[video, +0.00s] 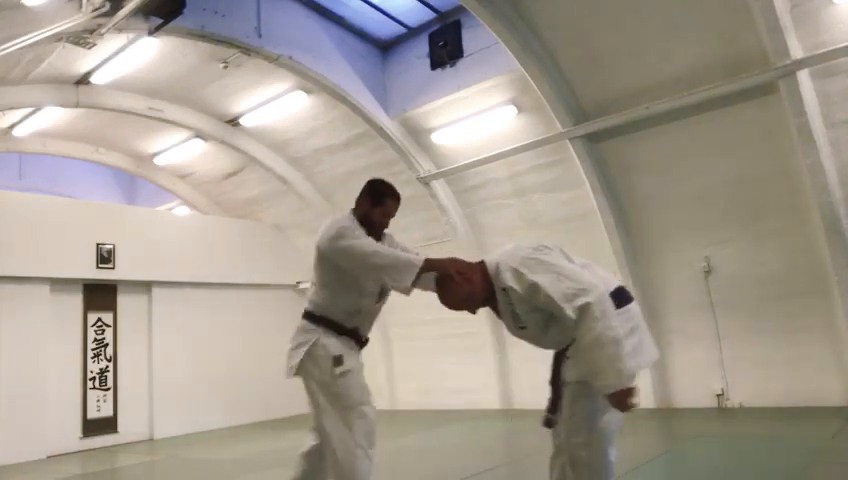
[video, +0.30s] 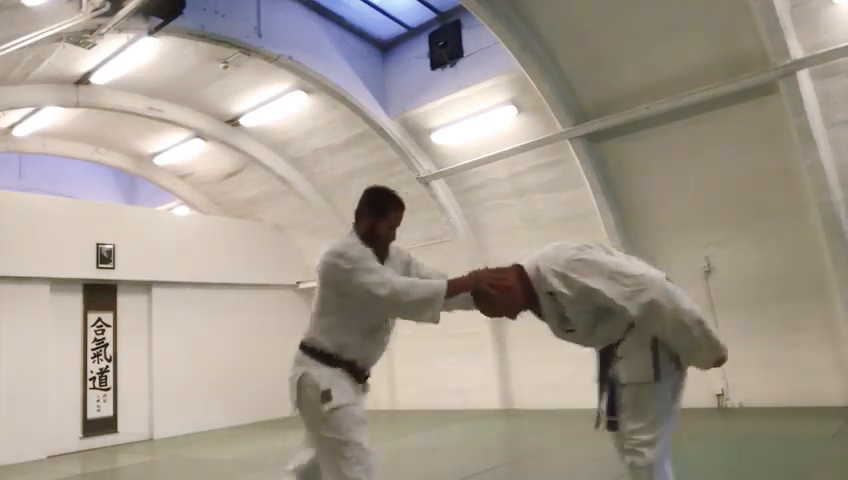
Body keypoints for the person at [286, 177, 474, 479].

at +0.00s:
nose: (388, 223)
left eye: (391, 216)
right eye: (386, 214)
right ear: (365, 205)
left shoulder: (381, 242)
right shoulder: (340, 235)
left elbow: (413, 270)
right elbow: (384, 261)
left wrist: (459, 283)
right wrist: (442, 265)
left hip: (344, 346)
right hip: (323, 343)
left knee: (334, 435)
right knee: (359, 420)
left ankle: (308, 474)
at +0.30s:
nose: (395, 234)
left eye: (397, 227)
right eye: (391, 225)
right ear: (368, 220)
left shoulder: (391, 258)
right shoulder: (345, 256)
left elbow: (431, 285)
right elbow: (394, 293)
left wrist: (484, 296)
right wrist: (466, 283)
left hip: (351, 378)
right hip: (322, 373)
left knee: (328, 461)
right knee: (356, 468)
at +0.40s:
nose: (396, 212)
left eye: (397, 205)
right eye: (392, 205)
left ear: (378, 202)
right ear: (367, 200)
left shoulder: (392, 240)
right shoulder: (348, 239)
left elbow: (429, 272)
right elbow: (402, 282)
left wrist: (483, 289)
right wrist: (470, 287)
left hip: (374, 364)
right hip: (338, 363)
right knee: (366, 462)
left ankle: (313, 474)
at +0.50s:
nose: (394, 200)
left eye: (396, 192)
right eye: (390, 191)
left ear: (368, 187)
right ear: (364, 185)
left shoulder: (388, 228)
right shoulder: (349, 223)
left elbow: (423, 272)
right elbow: (410, 265)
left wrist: (485, 286)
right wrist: (481, 275)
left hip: (396, 346)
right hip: (354, 351)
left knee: (457, 381)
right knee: (376, 460)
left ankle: (390, 454)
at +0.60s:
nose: (396, 192)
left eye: (398, 184)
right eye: (392, 183)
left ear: (373, 180)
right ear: (365, 178)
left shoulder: (394, 225)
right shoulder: (346, 218)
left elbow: (431, 270)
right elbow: (406, 254)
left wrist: (494, 281)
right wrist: (476, 266)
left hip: (417, 329)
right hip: (375, 343)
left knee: (492, 342)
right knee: (395, 464)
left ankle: (464, 439)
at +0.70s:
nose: (407, 185)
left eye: (409, 177)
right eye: (401, 175)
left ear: (407, 179)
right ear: (374, 174)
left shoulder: (413, 225)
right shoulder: (351, 216)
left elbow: (459, 271)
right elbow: (379, 236)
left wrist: (500, 265)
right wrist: (433, 248)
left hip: (434, 332)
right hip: (387, 347)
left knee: (511, 352)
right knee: (407, 466)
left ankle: (509, 465)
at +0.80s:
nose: (422, 181)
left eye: (424, 174)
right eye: (415, 172)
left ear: (422, 177)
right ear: (390, 171)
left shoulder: (430, 219)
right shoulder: (365, 219)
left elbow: (468, 272)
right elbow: (340, 192)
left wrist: (511, 266)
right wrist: (396, 195)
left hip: (444, 338)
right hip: (395, 348)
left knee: (519, 387)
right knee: (406, 467)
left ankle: (531, 474)